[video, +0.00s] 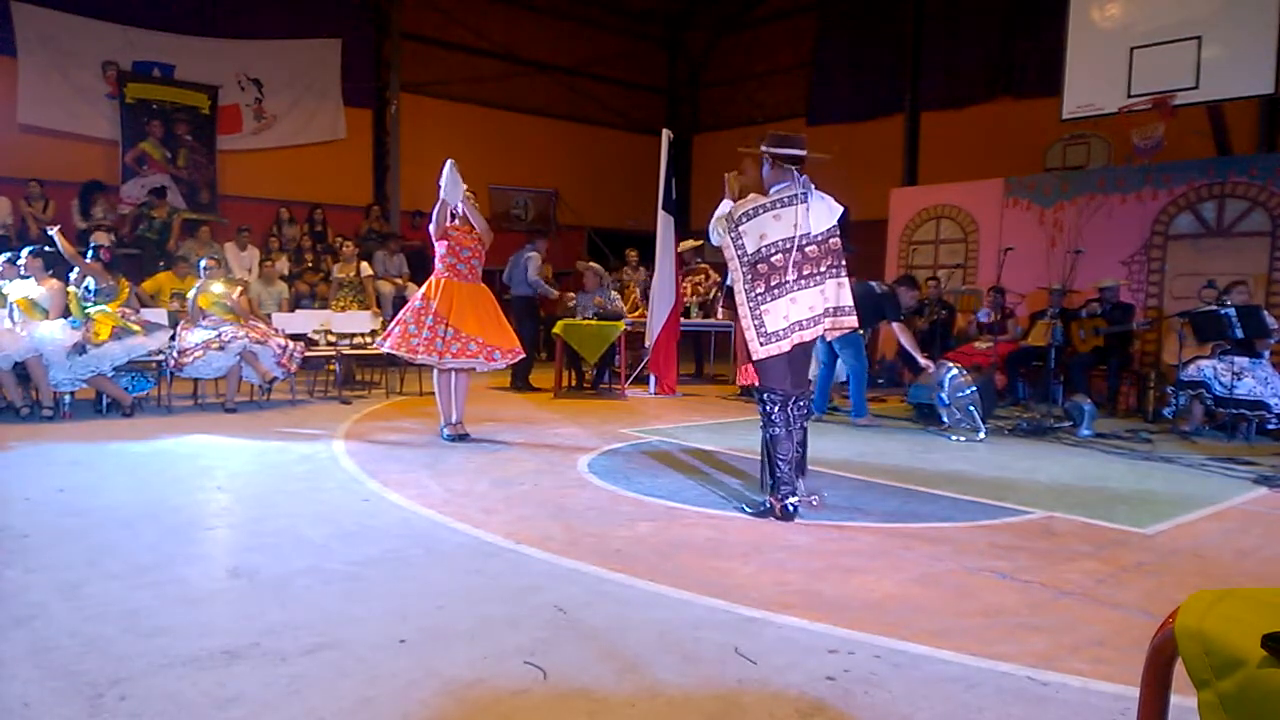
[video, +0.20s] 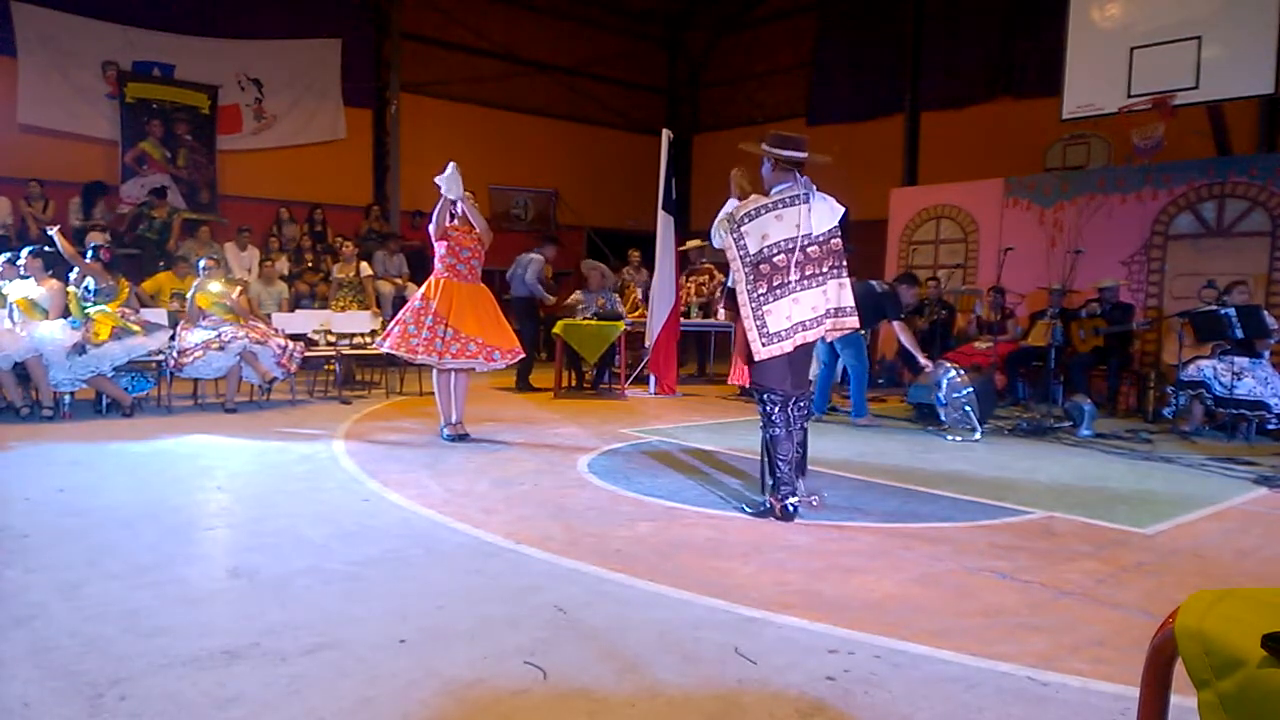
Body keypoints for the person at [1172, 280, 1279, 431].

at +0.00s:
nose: (1244, 297)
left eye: (1246, 293)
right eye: (1239, 293)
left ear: (1250, 296)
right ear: (1227, 297)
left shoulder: (1258, 314)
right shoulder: (1218, 315)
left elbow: (1265, 345)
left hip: (1253, 364)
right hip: (1222, 362)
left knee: (1248, 381)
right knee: (1198, 368)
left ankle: (1243, 425)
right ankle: (1196, 419)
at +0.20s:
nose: (1246, 297)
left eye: (1247, 293)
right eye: (1241, 293)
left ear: (1251, 295)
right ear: (1227, 297)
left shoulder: (1258, 314)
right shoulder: (1216, 315)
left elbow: (1265, 345)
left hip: (1253, 363)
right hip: (1222, 362)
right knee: (1197, 369)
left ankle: (1243, 425)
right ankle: (1196, 420)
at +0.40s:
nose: (1246, 297)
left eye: (1247, 293)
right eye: (1241, 293)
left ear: (1250, 295)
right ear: (1227, 297)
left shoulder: (1258, 314)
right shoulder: (1217, 315)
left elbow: (1265, 346)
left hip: (1253, 364)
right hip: (1223, 362)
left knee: (1248, 381)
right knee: (1198, 368)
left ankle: (1243, 425)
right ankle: (1196, 420)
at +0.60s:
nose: (1238, 297)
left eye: (1243, 293)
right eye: (1233, 293)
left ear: (1250, 297)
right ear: (1224, 298)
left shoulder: (1259, 315)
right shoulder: (1216, 315)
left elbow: (1265, 346)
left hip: (1253, 363)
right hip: (1222, 362)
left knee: (1249, 381)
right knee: (1199, 369)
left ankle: (1243, 425)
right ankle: (1196, 420)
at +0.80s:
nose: (1223, 303)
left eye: (1227, 299)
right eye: (1222, 300)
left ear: (1244, 297)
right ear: (1222, 298)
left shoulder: (1259, 316)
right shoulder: (1220, 316)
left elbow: (1265, 346)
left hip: (1253, 364)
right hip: (1224, 362)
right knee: (1197, 368)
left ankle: (1243, 424)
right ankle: (1196, 420)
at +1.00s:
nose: (1221, 305)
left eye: (1225, 300)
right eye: (1220, 300)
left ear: (1241, 298)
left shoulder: (1258, 316)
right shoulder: (1218, 318)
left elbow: (1263, 346)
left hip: (1253, 365)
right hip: (1223, 363)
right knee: (1196, 368)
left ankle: (1243, 424)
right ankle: (1196, 420)